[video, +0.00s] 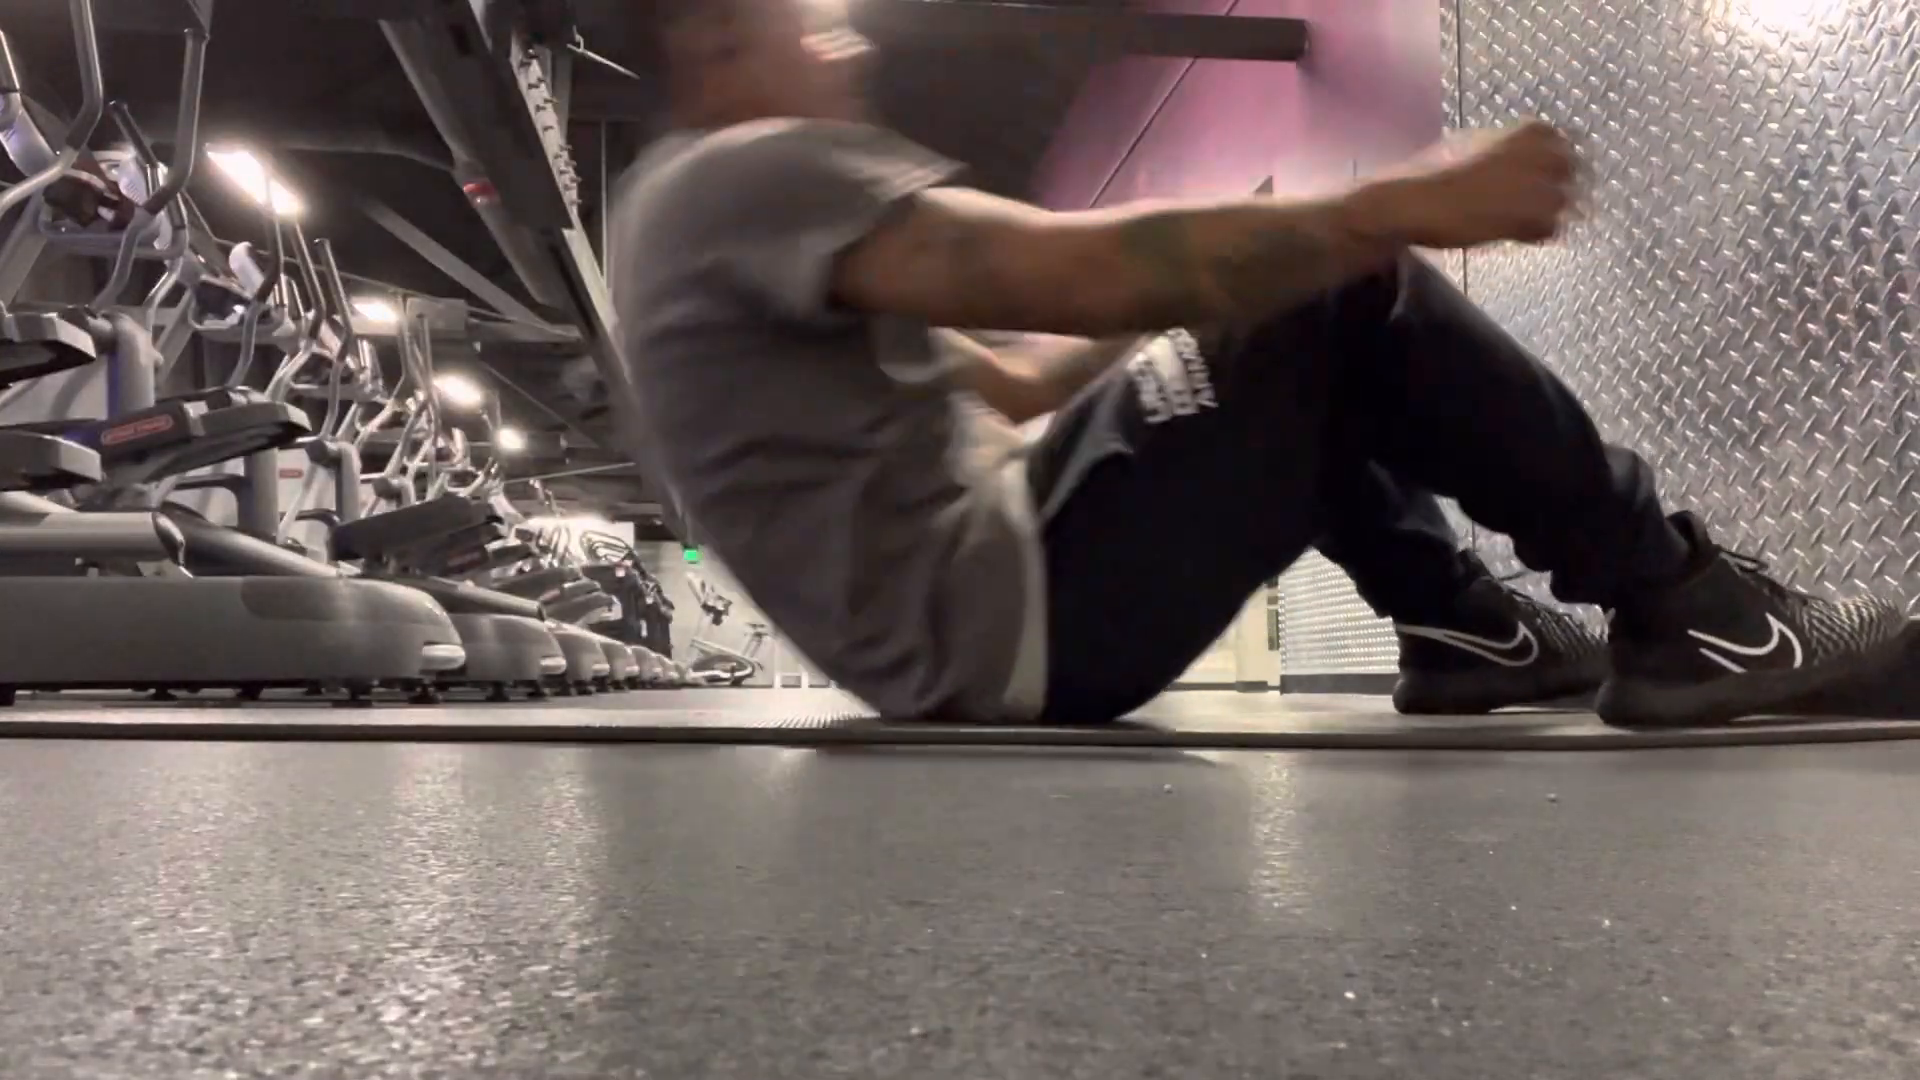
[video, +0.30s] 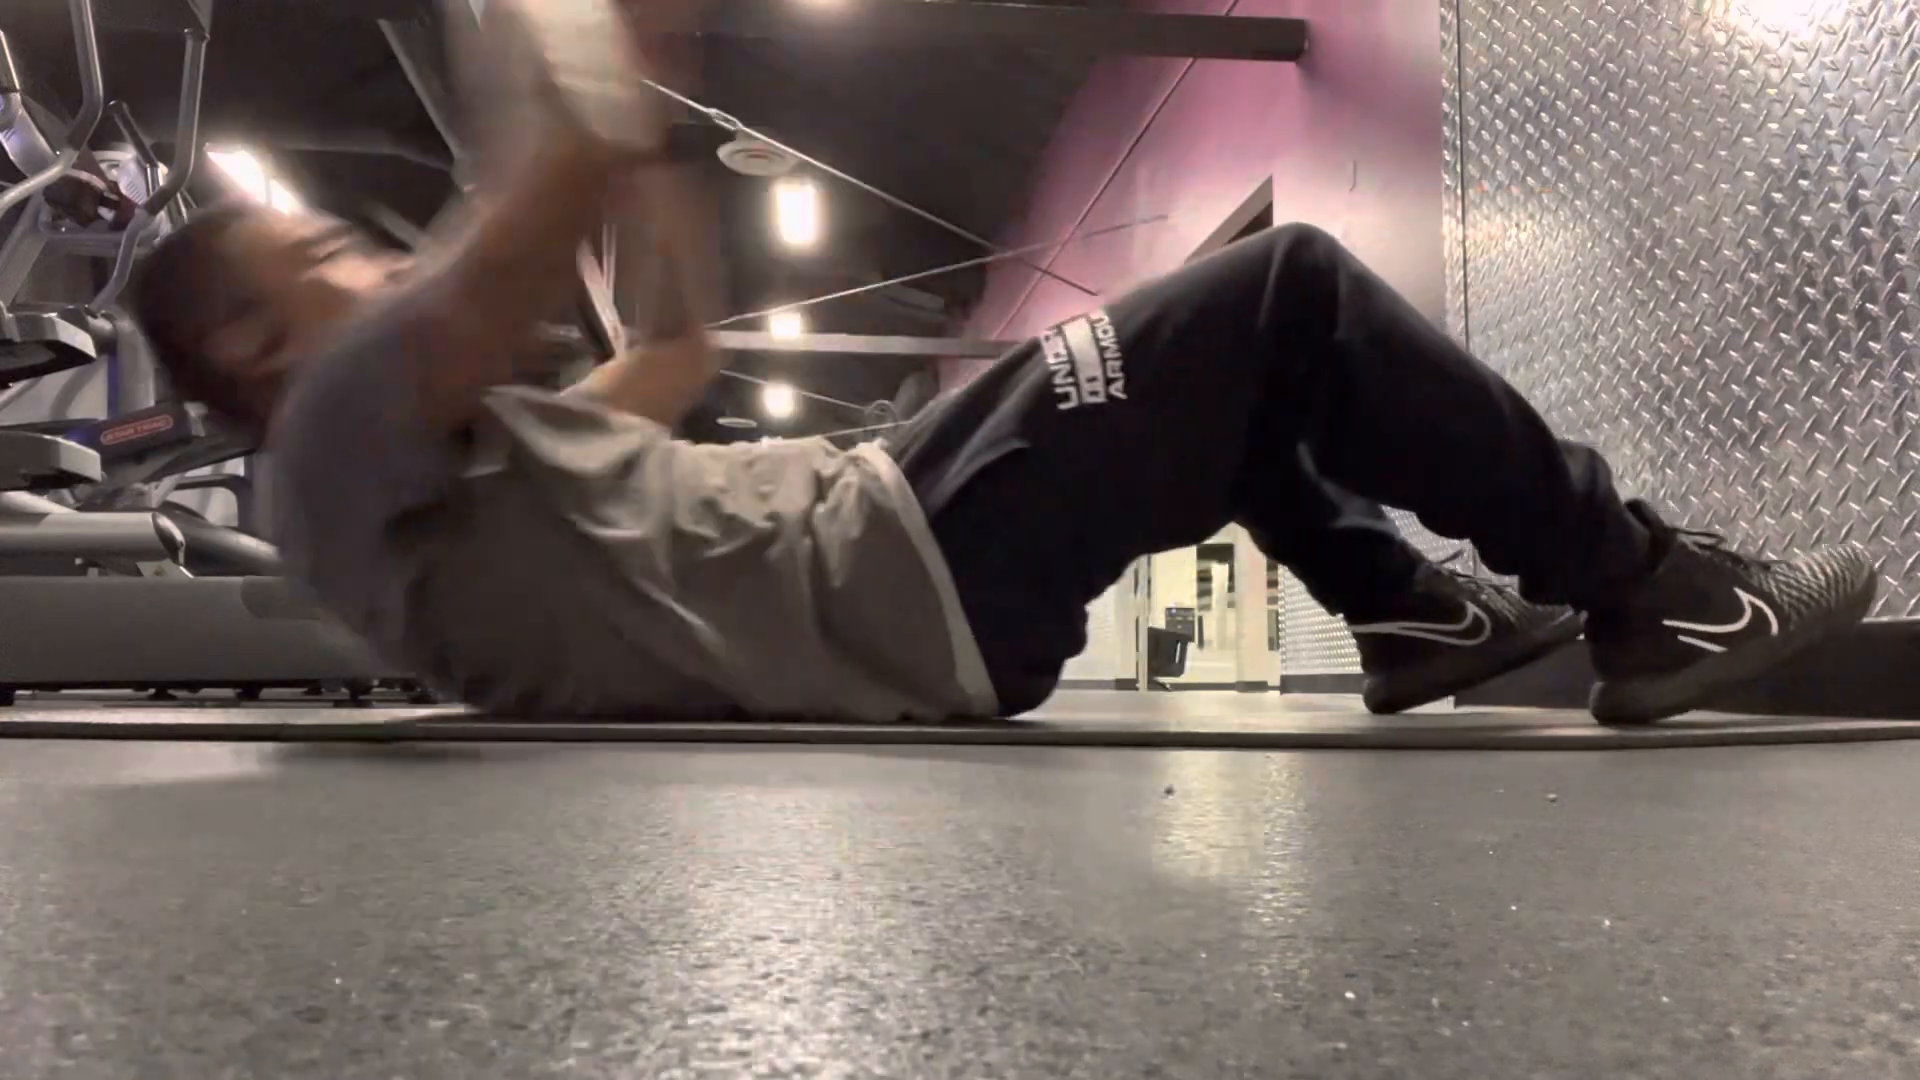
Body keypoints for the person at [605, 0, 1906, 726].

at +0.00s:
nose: (844, 37)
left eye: (831, 17)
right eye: (808, 14)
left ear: (697, 61)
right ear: (716, 45)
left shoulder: (718, 214)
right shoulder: (737, 183)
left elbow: (1020, 377)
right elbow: (1110, 271)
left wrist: (1245, 257)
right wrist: (1428, 197)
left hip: (1001, 587)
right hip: (1014, 629)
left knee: (1275, 329)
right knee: (1354, 297)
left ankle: (1470, 628)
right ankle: (1688, 615)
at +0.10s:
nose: (677, 92)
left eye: (655, 64)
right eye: (623, 76)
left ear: (568, 137)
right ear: (518, 151)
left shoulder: (619, 279)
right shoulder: (577, 263)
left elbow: (919, 327)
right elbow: (957, 249)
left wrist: (1159, 167)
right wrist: (1200, 126)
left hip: (956, 571)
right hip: (970, 612)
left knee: (1251, 298)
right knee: (1327, 292)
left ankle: (1455, 619)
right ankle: (1692, 605)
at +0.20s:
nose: (521, 194)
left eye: (509, 166)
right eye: (472, 181)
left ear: (487, 206)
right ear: (372, 263)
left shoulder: (520, 372)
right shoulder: (436, 358)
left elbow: (804, 316)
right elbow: (757, 223)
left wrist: (926, 127)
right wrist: (926, 61)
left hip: (919, 550)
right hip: (931, 608)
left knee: (1213, 300)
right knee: (1297, 285)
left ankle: (1434, 617)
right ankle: (1671, 598)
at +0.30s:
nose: (356, 266)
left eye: (335, 238)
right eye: (295, 271)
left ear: (362, 273)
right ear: (235, 369)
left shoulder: (451, 420)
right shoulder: (325, 460)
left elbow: (680, 385)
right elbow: (549, 180)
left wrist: (641, 155)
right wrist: (566, 96)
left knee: (1191, 327)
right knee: (1280, 284)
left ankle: (1433, 619)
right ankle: (1670, 605)